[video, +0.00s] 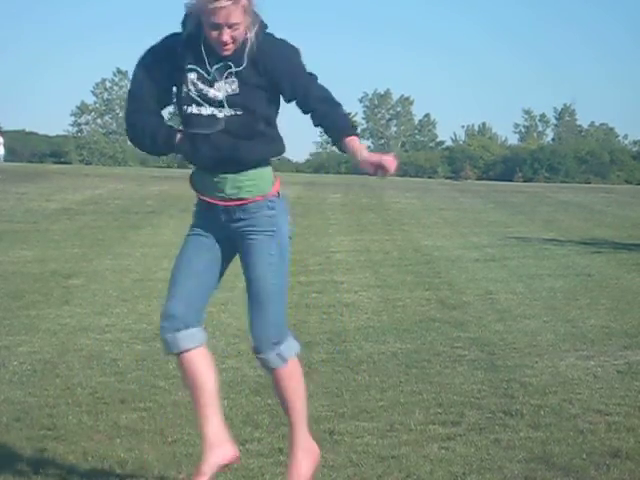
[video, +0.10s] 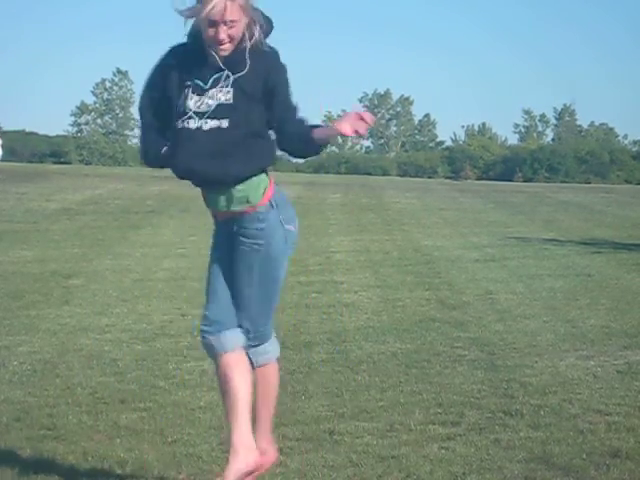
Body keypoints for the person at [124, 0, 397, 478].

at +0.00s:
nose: (225, 36)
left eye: (234, 25)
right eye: (215, 26)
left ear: (250, 16)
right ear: (198, 18)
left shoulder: (271, 53)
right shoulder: (173, 52)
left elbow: (316, 99)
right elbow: (139, 122)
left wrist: (359, 153)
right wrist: (185, 142)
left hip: (260, 212)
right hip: (209, 213)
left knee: (269, 339)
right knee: (179, 324)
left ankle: (304, 445)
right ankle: (217, 442)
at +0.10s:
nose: (222, 32)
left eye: (231, 23)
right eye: (213, 23)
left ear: (247, 21)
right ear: (198, 20)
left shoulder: (263, 64)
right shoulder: (178, 62)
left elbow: (291, 138)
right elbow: (151, 122)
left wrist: (333, 128)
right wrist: (168, 152)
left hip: (261, 220)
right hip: (225, 220)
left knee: (258, 337)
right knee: (221, 333)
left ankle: (265, 444)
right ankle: (241, 451)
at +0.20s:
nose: (211, 50)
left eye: (222, 41)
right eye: (202, 40)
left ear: (241, 47)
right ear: (192, 46)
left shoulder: (257, 98)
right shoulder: (187, 96)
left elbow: (288, 183)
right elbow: (177, 165)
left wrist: (278, 133)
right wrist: (192, 199)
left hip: (272, 258)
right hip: (221, 259)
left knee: (260, 378)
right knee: (218, 374)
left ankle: (264, 467)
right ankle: (263, 473)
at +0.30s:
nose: (210, 63)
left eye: (223, 55)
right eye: (202, 54)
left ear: (242, 65)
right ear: (193, 63)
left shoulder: (250, 113)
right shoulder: (198, 115)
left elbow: (266, 188)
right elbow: (207, 185)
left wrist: (217, 147)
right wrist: (186, 221)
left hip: (273, 281)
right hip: (218, 276)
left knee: (250, 409)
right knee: (201, 392)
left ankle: (247, 466)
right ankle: (258, 476)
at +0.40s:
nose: (215, 54)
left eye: (227, 46)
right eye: (207, 45)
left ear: (247, 53)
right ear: (200, 52)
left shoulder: (250, 93)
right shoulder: (210, 102)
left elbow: (231, 143)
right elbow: (215, 150)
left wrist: (173, 158)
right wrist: (176, 151)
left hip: (273, 273)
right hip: (216, 269)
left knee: (252, 402)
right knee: (204, 393)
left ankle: (270, 424)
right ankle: (260, 477)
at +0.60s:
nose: (206, 11)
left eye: (217, 0)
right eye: (198, 2)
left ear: (244, 1)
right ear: (190, 5)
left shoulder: (262, 57)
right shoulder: (188, 54)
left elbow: (299, 138)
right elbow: (170, 121)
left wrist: (246, 129)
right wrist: (177, 163)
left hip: (262, 207)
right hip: (241, 210)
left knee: (226, 341)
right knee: (236, 341)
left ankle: (305, 449)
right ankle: (254, 462)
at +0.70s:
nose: (199, 21)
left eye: (209, 10)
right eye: (193, 12)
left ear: (240, 9)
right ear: (189, 14)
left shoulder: (247, 56)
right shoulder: (215, 64)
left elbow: (294, 105)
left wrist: (295, 176)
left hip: (246, 215)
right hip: (263, 212)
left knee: (247, 360)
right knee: (250, 356)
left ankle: (262, 472)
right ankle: (264, 468)